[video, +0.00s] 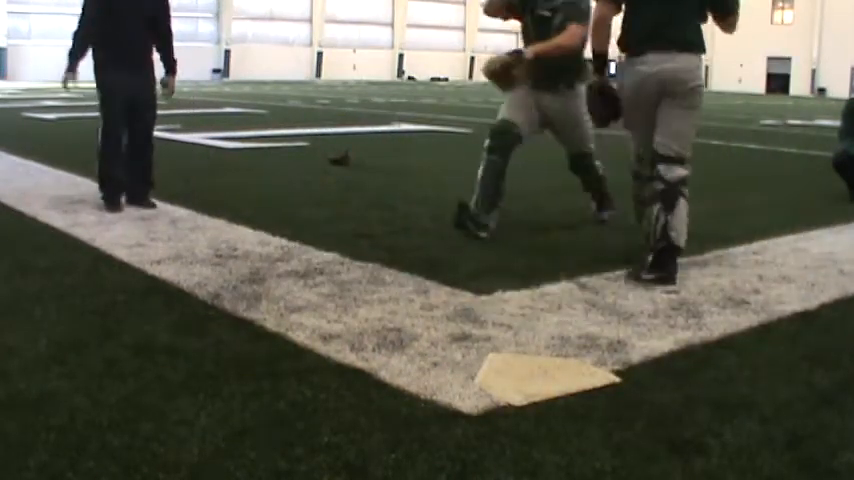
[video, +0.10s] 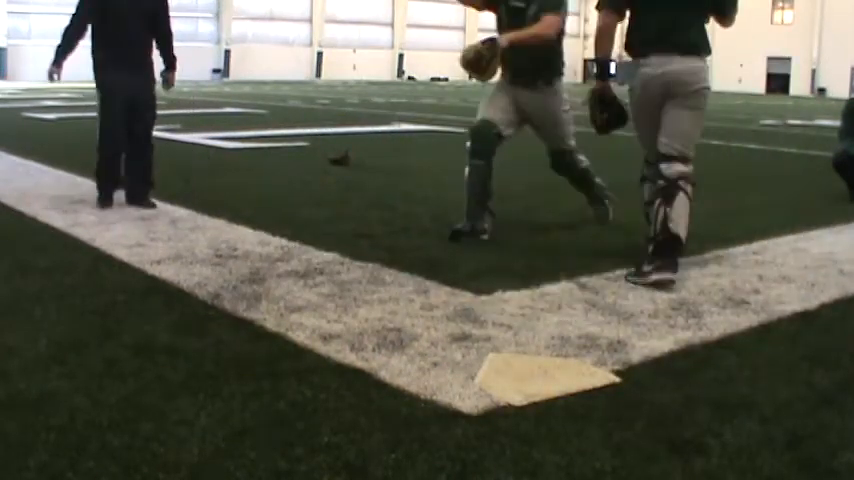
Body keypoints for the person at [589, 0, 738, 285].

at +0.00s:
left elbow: (602, 16)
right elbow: (728, 22)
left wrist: (600, 71)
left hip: (641, 63)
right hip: (686, 62)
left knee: (643, 159)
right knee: (675, 163)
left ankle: (649, 232)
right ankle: (667, 258)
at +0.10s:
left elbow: (607, 20)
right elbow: (726, 17)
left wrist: (602, 79)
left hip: (647, 66)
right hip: (691, 66)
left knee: (653, 163)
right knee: (678, 163)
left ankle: (658, 245)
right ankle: (666, 258)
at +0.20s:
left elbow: (614, 21)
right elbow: (728, 11)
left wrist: (606, 81)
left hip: (649, 61)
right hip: (691, 63)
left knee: (655, 160)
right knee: (687, 162)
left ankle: (660, 234)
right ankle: (674, 233)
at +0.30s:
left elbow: (617, 22)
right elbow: (733, 9)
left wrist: (613, 77)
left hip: (648, 59)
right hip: (690, 61)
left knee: (657, 154)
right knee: (696, 153)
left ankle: (657, 232)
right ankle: (680, 220)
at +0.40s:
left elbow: (618, 21)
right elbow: (739, 9)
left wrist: (617, 76)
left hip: (649, 59)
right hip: (690, 60)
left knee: (659, 153)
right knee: (698, 151)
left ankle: (661, 232)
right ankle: (696, 220)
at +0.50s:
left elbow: (619, 24)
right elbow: (741, 11)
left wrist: (620, 75)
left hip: (649, 62)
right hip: (691, 63)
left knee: (659, 152)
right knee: (698, 151)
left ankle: (664, 239)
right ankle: (702, 233)